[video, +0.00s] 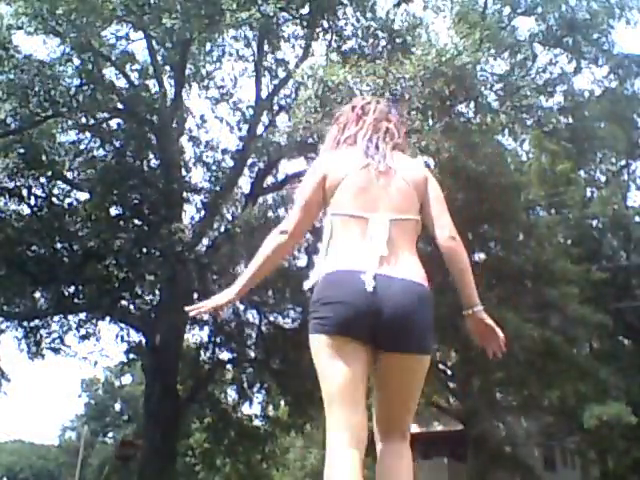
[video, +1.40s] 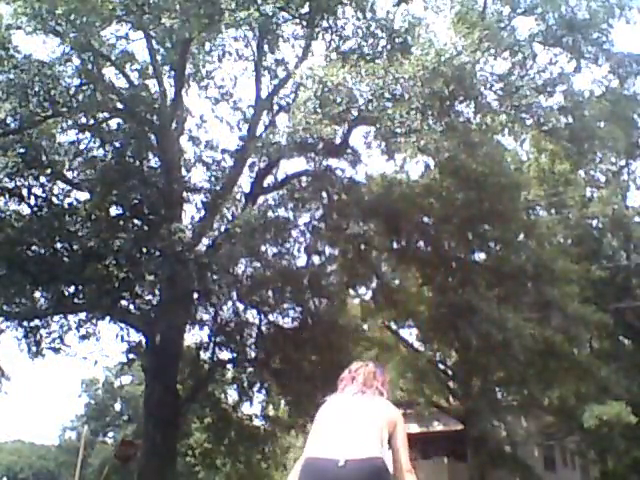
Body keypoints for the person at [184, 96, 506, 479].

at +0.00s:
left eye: (337, 129)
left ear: (344, 130)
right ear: (396, 133)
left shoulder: (330, 162)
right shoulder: (420, 170)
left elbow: (287, 236)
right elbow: (448, 239)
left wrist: (235, 290)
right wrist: (473, 309)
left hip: (339, 288)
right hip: (409, 297)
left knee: (344, 438)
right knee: (396, 434)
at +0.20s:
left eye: (345, 174)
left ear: (352, 177)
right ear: (398, 181)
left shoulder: (339, 207)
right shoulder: (417, 213)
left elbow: (304, 270)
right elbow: (438, 275)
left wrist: (265, 317)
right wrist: (464, 335)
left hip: (351, 330)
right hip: (412, 335)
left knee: (347, 449)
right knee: (401, 453)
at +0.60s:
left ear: (345, 230)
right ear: (387, 232)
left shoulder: (335, 253)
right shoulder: (404, 258)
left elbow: (309, 309)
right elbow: (420, 318)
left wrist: (275, 358)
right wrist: (437, 373)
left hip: (342, 360)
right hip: (397, 363)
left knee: (338, 461)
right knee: (388, 463)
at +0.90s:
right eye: (378, 280)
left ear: (342, 279)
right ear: (378, 281)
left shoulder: (325, 301)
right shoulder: (391, 307)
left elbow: (300, 353)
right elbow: (405, 364)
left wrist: (266, 397)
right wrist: (423, 417)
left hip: (321, 387)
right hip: (372, 392)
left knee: (332, 473)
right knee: (367, 468)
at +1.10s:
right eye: (380, 329)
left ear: (342, 326)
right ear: (378, 328)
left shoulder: (327, 349)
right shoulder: (389, 354)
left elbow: (301, 401)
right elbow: (405, 412)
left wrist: (271, 451)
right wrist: (423, 465)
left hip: (319, 426)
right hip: (369, 428)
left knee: (330, 474)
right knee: (366, 475)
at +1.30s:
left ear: (343, 368)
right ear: (381, 371)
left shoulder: (326, 393)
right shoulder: (390, 397)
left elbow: (303, 445)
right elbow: (405, 456)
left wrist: (286, 476)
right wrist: (413, 475)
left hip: (316, 461)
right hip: (367, 461)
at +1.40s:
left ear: (344, 382)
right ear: (382, 385)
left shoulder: (327, 404)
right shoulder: (390, 410)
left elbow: (304, 460)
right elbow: (405, 470)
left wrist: (293, 476)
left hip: (314, 469)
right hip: (367, 468)